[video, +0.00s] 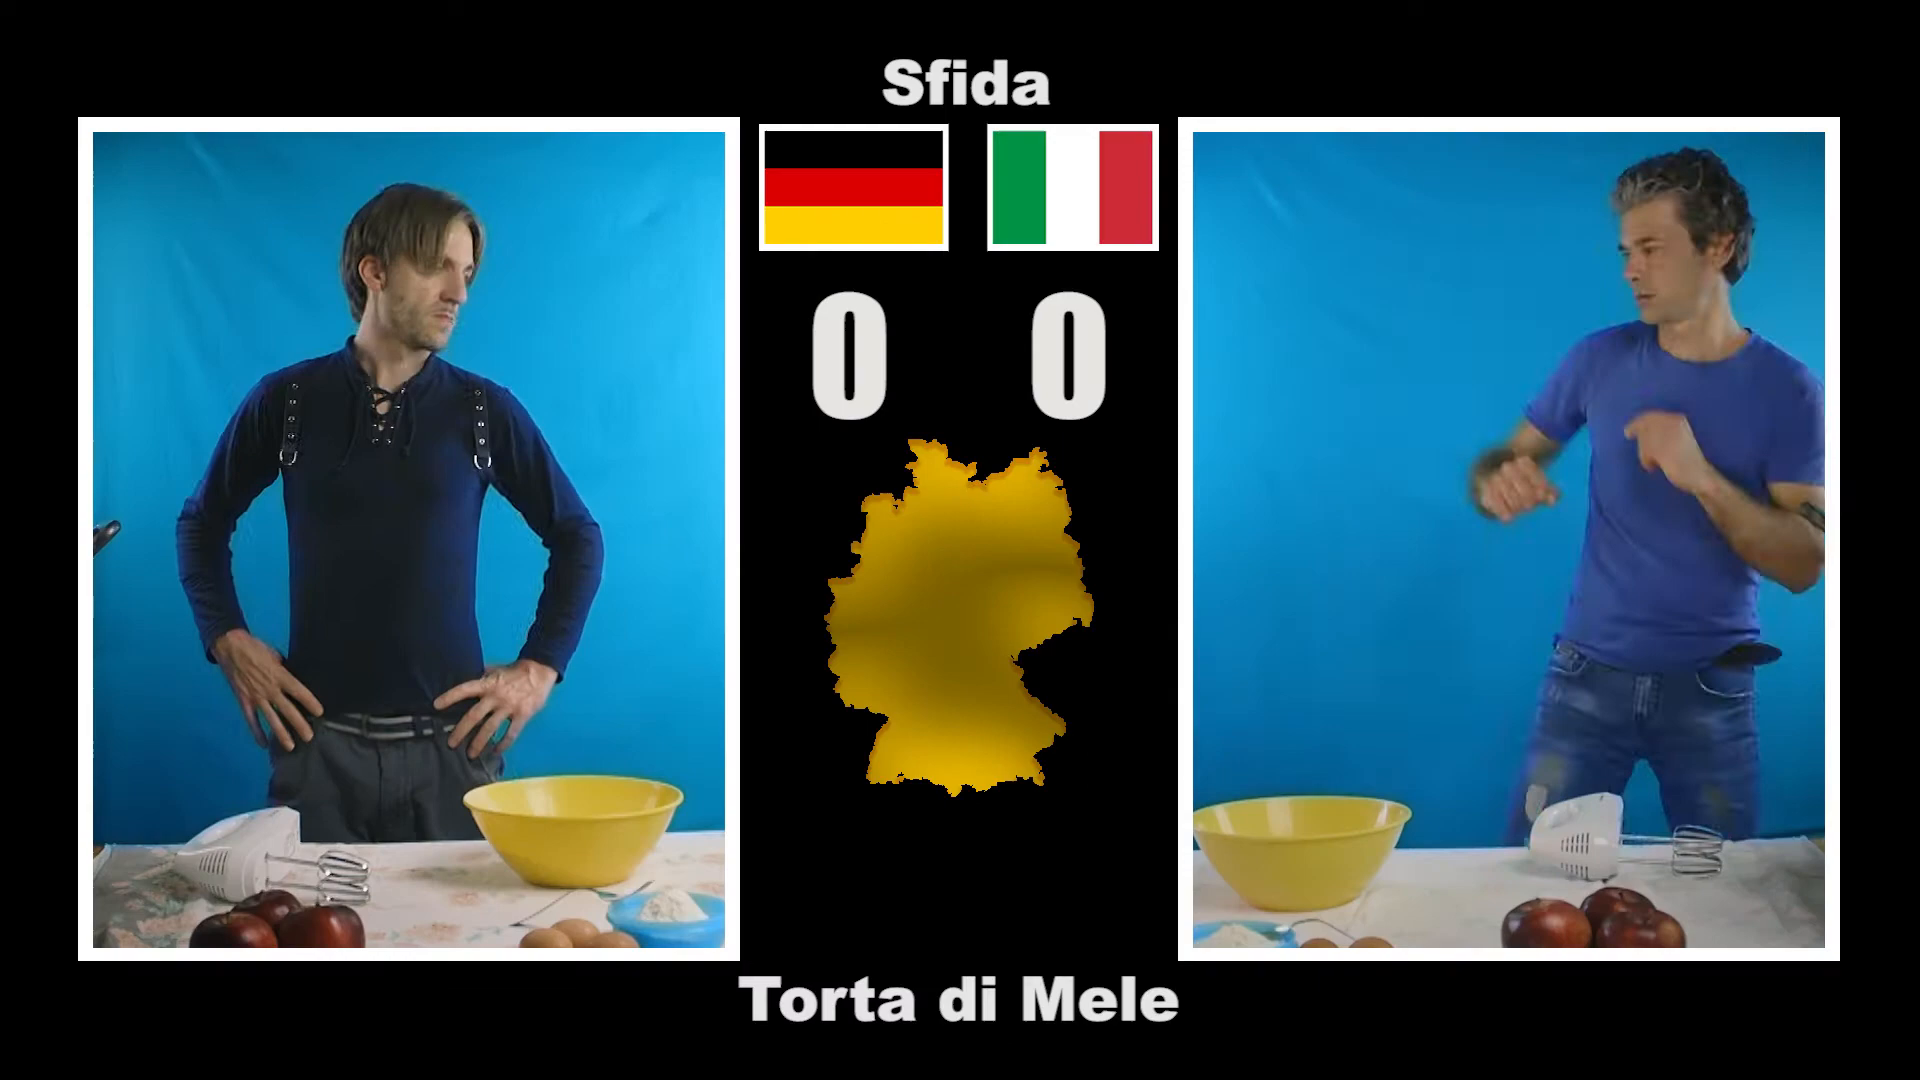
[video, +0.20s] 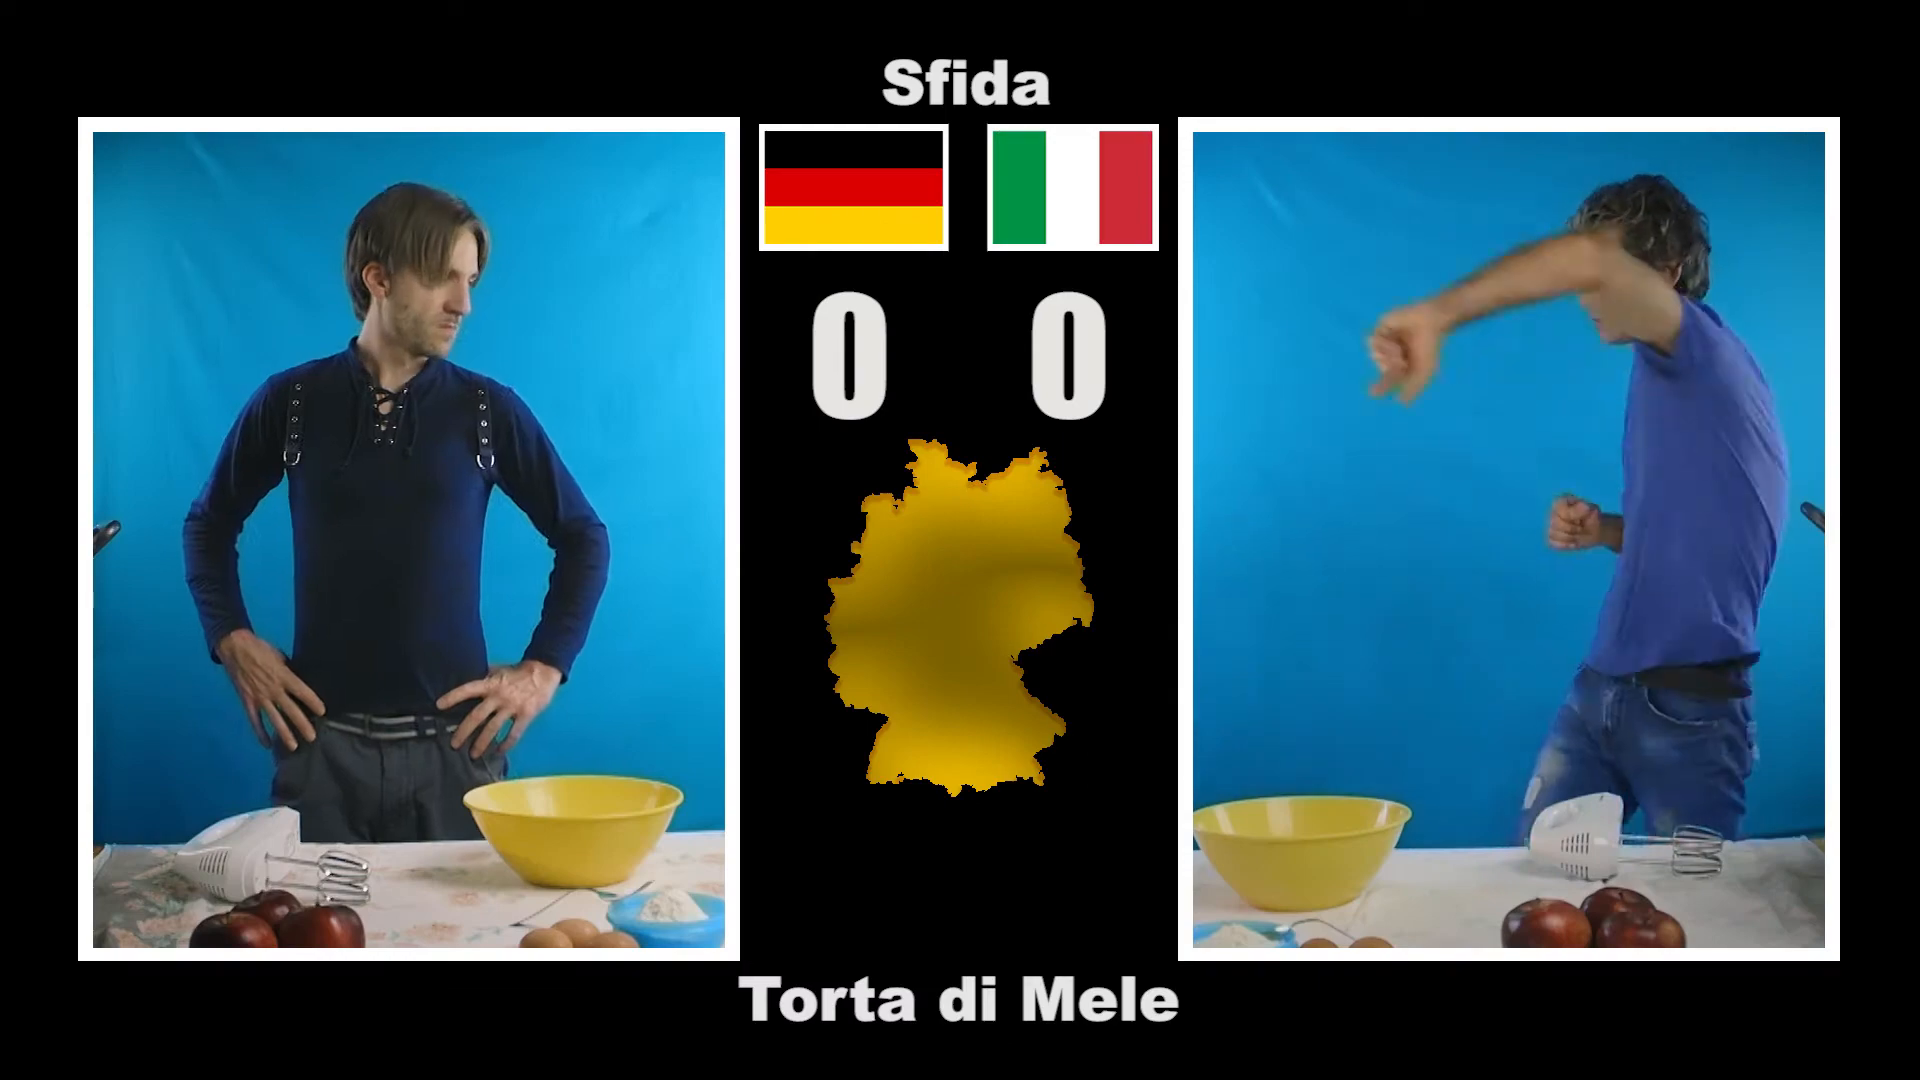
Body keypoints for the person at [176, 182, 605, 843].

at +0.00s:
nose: (457, 291)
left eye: (465, 274)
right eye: (435, 267)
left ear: (471, 281)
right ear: (372, 272)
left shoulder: (485, 411)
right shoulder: (286, 403)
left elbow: (578, 538)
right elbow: (202, 524)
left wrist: (539, 668)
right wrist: (228, 638)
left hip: (451, 753)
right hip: (320, 752)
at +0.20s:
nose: (462, 302)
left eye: (469, 283)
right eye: (442, 278)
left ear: (474, 284)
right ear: (376, 279)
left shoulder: (489, 411)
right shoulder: (290, 404)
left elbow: (584, 539)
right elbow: (209, 525)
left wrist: (543, 669)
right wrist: (232, 639)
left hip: (454, 753)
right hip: (324, 754)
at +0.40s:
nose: (465, 308)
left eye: (472, 288)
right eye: (447, 285)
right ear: (380, 281)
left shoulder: (493, 411)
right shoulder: (295, 406)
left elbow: (593, 538)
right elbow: (216, 527)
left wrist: (549, 668)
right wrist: (238, 639)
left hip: (459, 754)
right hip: (329, 754)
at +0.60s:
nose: (467, 312)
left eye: (474, 293)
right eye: (449, 289)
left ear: (479, 292)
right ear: (384, 283)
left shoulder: (499, 410)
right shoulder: (302, 406)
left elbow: (602, 534)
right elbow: (227, 525)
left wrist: (556, 666)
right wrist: (246, 638)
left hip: (465, 754)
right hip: (335, 751)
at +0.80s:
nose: (470, 316)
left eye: (478, 295)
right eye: (452, 293)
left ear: (486, 292)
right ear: (386, 285)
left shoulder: (505, 410)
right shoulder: (310, 406)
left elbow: (611, 533)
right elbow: (239, 525)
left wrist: (562, 667)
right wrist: (256, 637)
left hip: (471, 753)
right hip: (342, 750)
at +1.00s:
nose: (476, 317)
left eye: (487, 297)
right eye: (459, 295)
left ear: (497, 295)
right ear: (395, 283)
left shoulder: (515, 411)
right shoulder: (320, 404)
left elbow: (621, 534)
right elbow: (254, 521)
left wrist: (567, 668)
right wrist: (265, 634)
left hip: (475, 752)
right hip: (345, 748)